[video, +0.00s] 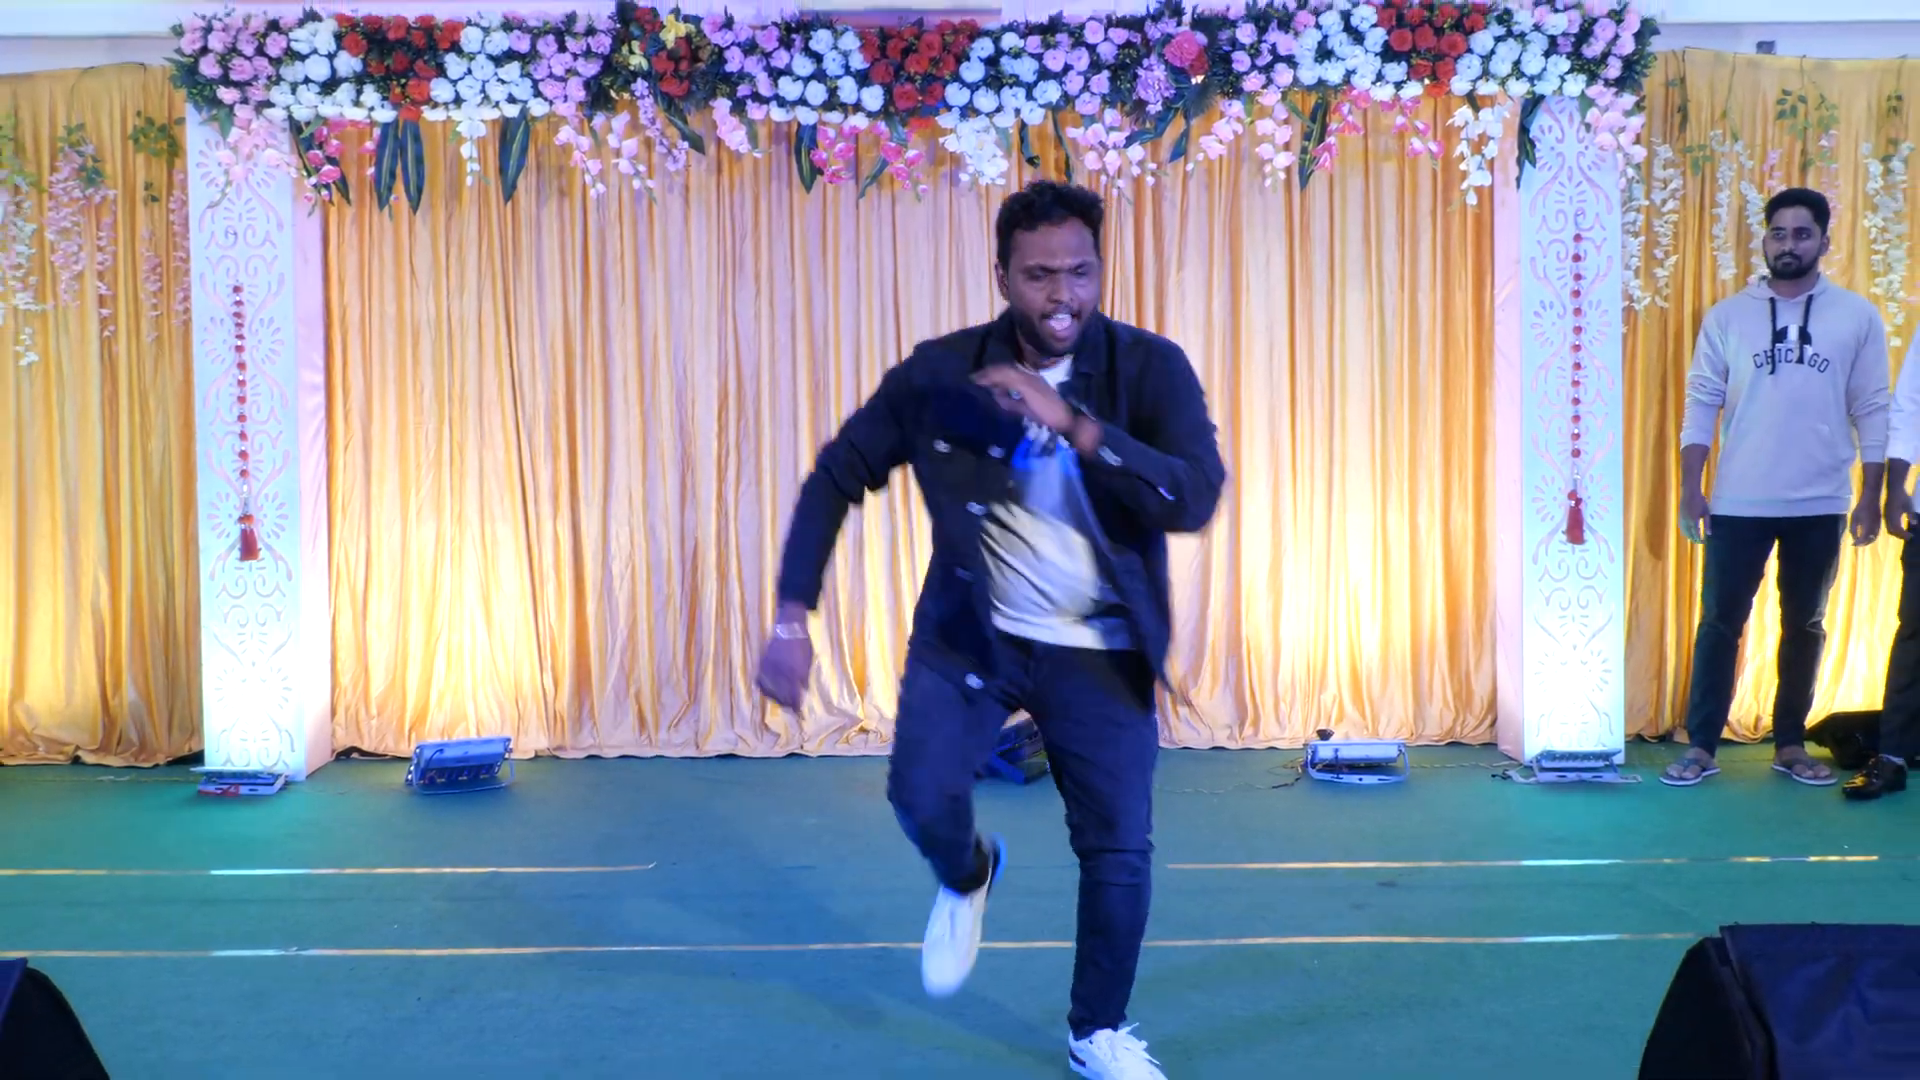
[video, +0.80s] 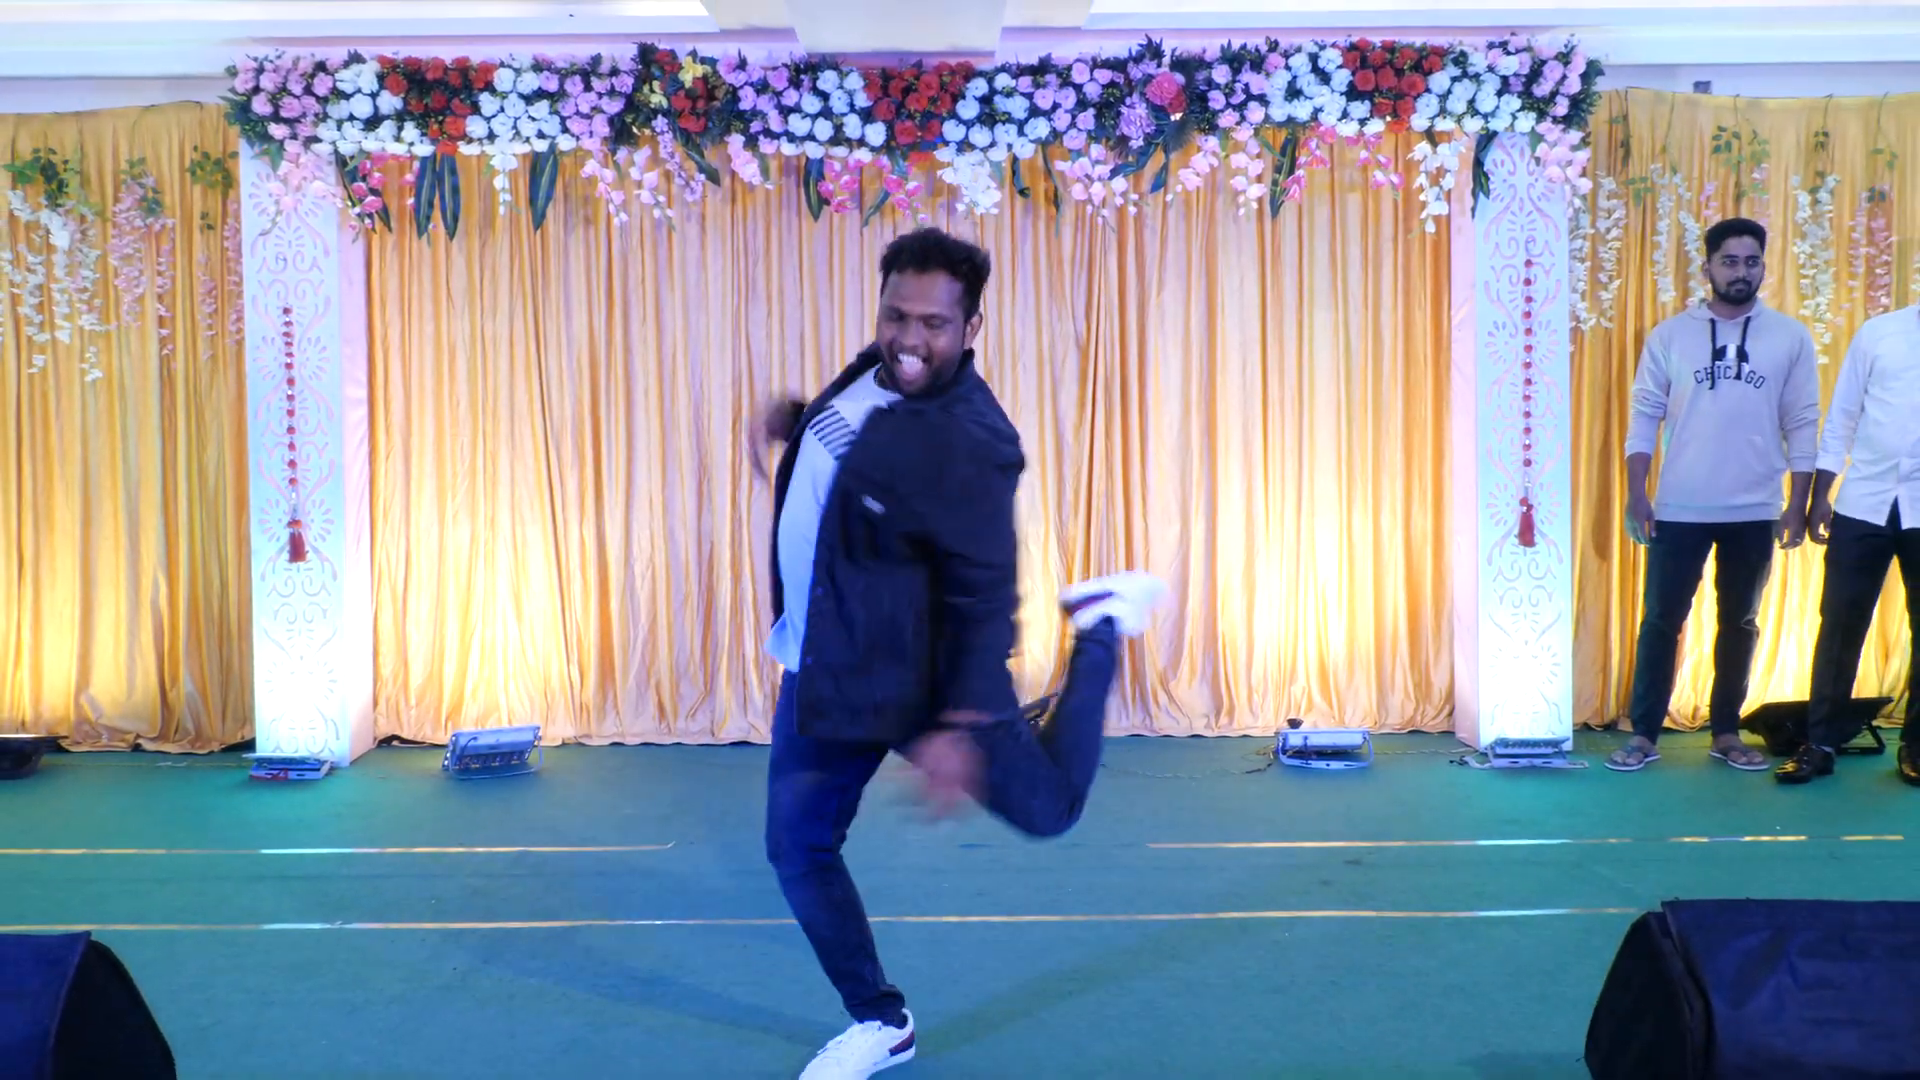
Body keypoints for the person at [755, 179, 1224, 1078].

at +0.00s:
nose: (1062, 296)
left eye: (1079, 273)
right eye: (1039, 276)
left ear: (1101, 274)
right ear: (1004, 280)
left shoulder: (1150, 371)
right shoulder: (943, 373)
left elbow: (1192, 499)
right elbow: (839, 472)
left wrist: (1078, 427)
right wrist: (792, 614)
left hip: (1098, 650)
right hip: (969, 636)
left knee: (1120, 846)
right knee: (923, 796)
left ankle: (1099, 1028)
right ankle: (969, 880)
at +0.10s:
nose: (1033, 265)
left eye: (1053, 243)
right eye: (1011, 244)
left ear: (1077, 245)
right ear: (977, 247)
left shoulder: (1116, 337)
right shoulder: (919, 336)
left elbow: (1115, 460)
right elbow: (828, 427)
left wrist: (993, 376)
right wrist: (769, 547)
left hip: (1073, 623)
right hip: (948, 609)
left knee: (1091, 821)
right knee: (897, 783)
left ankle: (1100, 1019)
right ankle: (931, 974)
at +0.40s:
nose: (960, 304)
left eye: (982, 284)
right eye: (942, 282)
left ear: (1011, 287)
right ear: (916, 280)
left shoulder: (1039, 390)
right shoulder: (885, 353)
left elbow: (987, 531)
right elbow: (850, 481)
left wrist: (898, 430)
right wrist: (817, 570)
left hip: (1037, 654)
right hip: (927, 643)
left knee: (1065, 831)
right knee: (885, 815)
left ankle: (1101, 987)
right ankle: (894, 1013)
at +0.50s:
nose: (934, 285)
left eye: (958, 269)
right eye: (919, 261)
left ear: (991, 277)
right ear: (896, 263)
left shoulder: (1010, 376)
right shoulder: (872, 339)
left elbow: (914, 461)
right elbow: (852, 446)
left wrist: (825, 375)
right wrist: (825, 516)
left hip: (1031, 626)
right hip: (917, 615)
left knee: (1067, 793)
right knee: (862, 776)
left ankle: (1100, 975)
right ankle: (877, 982)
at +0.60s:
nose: (912, 265)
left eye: (939, 253)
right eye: (903, 242)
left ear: (975, 266)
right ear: (885, 236)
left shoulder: (966, 355)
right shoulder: (857, 313)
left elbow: (840, 444)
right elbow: (839, 407)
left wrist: (708, 387)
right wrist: (832, 482)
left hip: (1006, 603)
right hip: (895, 604)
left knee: (1074, 759)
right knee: (861, 778)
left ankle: (1142, 907)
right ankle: (868, 987)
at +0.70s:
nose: (917, 302)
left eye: (941, 289)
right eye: (906, 277)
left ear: (977, 300)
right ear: (887, 271)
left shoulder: (944, 385)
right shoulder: (883, 341)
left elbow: (874, 525)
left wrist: (746, 610)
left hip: (964, 638)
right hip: (860, 644)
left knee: (1066, 758)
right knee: (839, 831)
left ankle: (1174, 724)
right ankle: (883, 1020)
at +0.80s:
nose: (907, 340)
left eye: (932, 323)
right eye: (896, 318)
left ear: (971, 330)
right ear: (879, 314)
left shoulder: (971, 443)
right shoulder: (875, 373)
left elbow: (986, 595)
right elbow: (859, 459)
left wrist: (964, 719)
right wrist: (797, 429)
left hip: (920, 680)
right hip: (828, 676)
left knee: (1046, 806)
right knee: (800, 848)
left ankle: (1100, 633)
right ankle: (878, 1018)